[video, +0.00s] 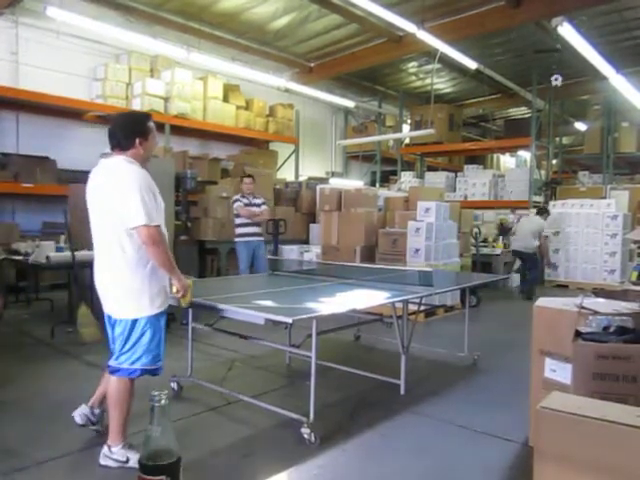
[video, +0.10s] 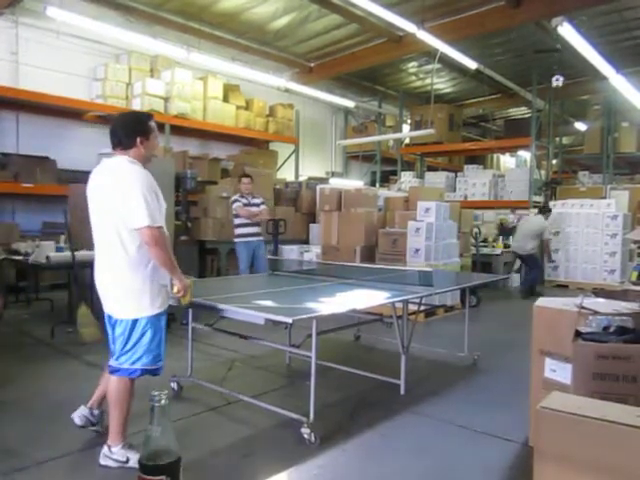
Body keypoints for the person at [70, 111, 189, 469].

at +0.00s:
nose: (154, 146)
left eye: (153, 139)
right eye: (152, 139)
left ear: (117, 141)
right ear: (139, 141)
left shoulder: (101, 171)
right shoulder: (133, 176)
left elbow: (109, 231)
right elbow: (150, 236)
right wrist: (176, 276)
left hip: (112, 286)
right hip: (136, 291)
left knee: (123, 357)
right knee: (126, 366)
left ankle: (93, 407)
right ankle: (115, 446)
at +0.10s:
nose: (157, 145)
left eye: (156, 138)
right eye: (154, 138)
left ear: (119, 141)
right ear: (140, 141)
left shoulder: (101, 172)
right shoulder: (135, 176)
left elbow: (107, 230)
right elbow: (152, 236)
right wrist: (177, 275)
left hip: (111, 286)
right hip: (136, 291)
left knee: (122, 357)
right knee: (126, 367)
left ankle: (92, 408)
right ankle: (115, 447)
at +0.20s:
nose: (158, 145)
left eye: (157, 137)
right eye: (155, 138)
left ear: (119, 140)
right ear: (141, 140)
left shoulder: (101, 172)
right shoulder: (136, 177)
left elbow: (108, 231)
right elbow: (153, 238)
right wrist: (178, 275)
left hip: (112, 286)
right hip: (137, 292)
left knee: (121, 356)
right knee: (126, 367)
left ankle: (90, 409)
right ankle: (115, 447)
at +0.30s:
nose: (158, 145)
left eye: (157, 137)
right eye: (155, 138)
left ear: (120, 141)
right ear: (141, 139)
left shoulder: (102, 173)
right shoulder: (138, 178)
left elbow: (108, 231)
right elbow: (152, 239)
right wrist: (177, 272)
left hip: (111, 286)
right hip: (137, 292)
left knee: (119, 355)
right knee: (126, 367)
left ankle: (90, 411)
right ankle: (115, 446)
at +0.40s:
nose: (158, 144)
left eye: (157, 137)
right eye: (156, 137)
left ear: (121, 140)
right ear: (142, 139)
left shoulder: (104, 173)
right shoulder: (139, 177)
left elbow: (109, 232)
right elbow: (152, 242)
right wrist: (175, 265)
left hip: (111, 287)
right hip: (136, 293)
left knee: (118, 356)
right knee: (126, 368)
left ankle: (89, 414)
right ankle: (116, 446)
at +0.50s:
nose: (159, 143)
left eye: (158, 136)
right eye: (156, 137)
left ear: (121, 140)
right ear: (143, 138)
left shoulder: (102, 175)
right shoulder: (142, 178)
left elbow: (92, 224)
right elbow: (151, 243)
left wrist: (132, 238)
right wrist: (178, 257)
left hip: (110, 289)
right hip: (137, 295)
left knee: (116, 355)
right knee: (126, 368)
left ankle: (89, 417)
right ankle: (116, 446)